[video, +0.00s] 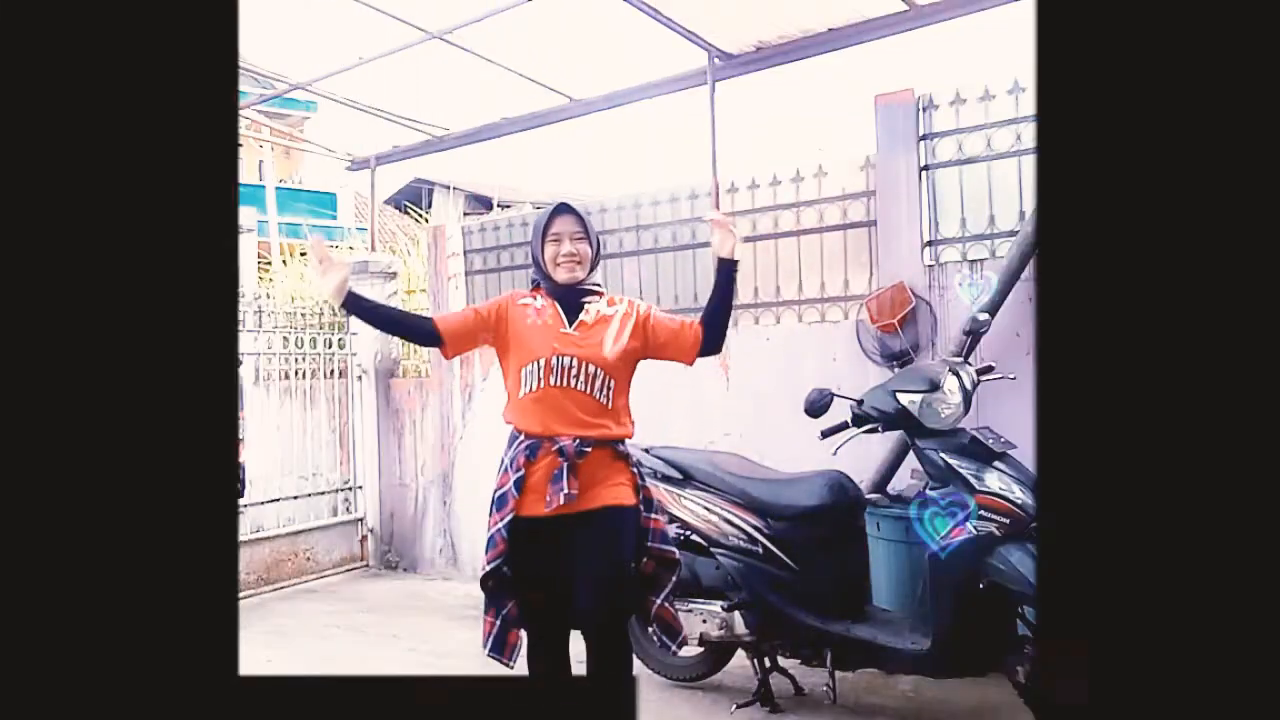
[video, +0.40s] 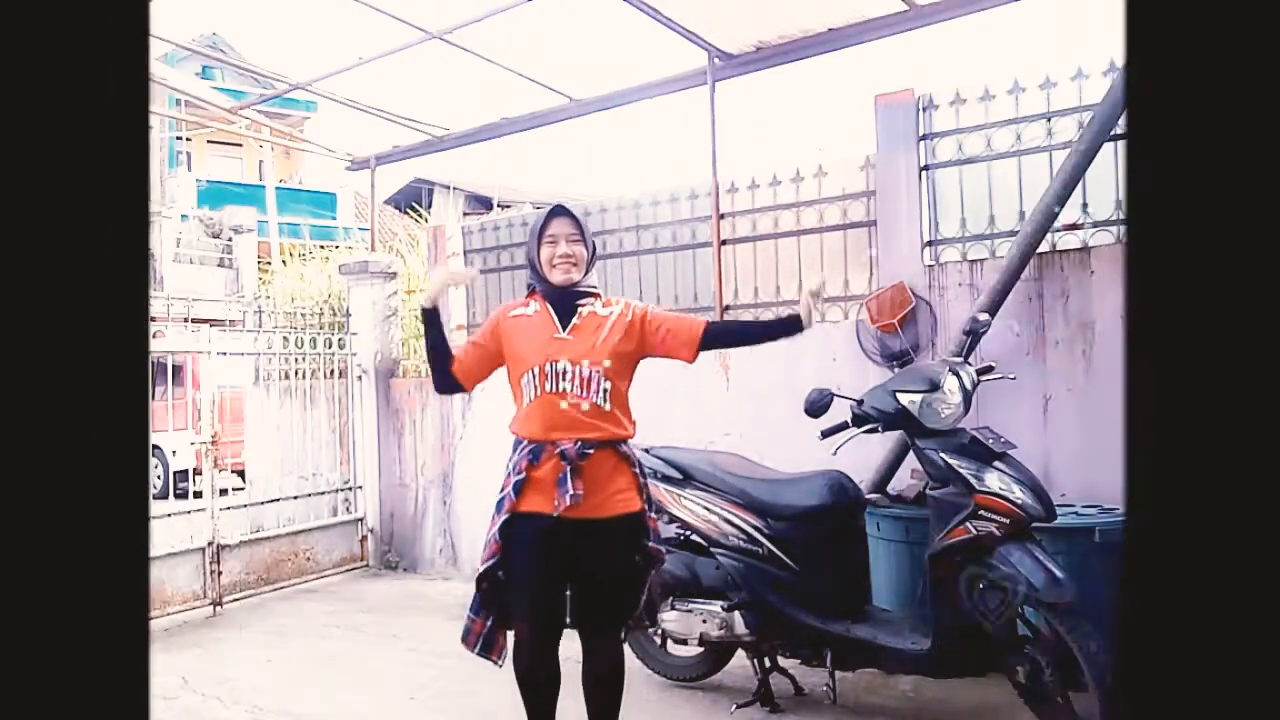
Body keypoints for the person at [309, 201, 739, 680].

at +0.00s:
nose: (569, 249)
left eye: (579, 239)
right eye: (556, 240)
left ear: (593, 250)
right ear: (539, 252)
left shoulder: (629, 315)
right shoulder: (509, 310)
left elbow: (706, 338)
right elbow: (428, 330)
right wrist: (347, 297)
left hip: (606, 494)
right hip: (531, 497)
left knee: (606, 637)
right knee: (545, 641)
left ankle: (614, 718)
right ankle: (553, 718)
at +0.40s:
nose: (564, 250)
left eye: (574, 240)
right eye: (551, 242)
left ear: (589, 252)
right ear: (534, 255)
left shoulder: (625, 317)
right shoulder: (509, 319)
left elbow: (707, 332)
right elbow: (448, 380)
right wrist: (430, 307)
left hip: (610, 502)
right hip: (534, 505)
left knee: (602, 640)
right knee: (533, 639)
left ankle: (603, 719)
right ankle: (540, 718)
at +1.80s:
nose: (560, 285)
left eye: (569, 275)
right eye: (548, 276)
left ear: (584, 287)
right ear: (532, 285)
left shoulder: (600, 354)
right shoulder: (506, 331)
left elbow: (610, 443)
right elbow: (476, 374)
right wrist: (469, 429)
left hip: (589, 503)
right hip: (512, 502)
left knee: (642, 631)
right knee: (452, 638)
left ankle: (663, 715)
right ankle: (427, 716)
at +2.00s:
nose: (583, 291)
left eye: (592, 281)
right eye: (571, 283)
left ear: (606, 289)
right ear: (554, 295)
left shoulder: (638, 334)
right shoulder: (540, 362)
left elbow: (712, 312)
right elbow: (509, 456)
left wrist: (677, 283)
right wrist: (469, 529)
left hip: (596, 520)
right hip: (522, 518)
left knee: (647, 639)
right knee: (460, 638)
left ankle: (662, 718)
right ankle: (424, 717)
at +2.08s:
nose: (572, 301)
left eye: (581, 291)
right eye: (559, 293)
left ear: (596, 300)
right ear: (543, 304)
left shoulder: (627, 342)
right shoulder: (527, 376)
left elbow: (701, 336)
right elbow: (496, 459)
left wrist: (731, 354)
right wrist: (442, 451)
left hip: (599, 519)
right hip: (527, 518)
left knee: (639, 631)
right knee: (466, 632)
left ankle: (659, 715)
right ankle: (428, 717)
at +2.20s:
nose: (556, 277)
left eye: (565, 267)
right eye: (544, 268)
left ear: (578, 274)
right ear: (523, 277)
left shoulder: (609, 331)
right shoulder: (498, 336)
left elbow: (668, 391)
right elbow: (447, 408)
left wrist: (716, 451)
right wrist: (432, 348)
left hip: (589, 510)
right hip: (507, 509)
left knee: (634, 637)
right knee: (453, 631)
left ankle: (654, 718)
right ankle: (422, 718)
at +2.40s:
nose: (528, 316)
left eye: (536, 307)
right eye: (515, 306)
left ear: (545, 315)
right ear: (493, 312)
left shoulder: (554, 385)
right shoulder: (471, 338)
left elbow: (560, 466)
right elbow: (427, 384)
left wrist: (572, 524)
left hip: (548, 516)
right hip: (481, 517)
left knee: (626, 619)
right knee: (420, 647)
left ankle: (652, 716)